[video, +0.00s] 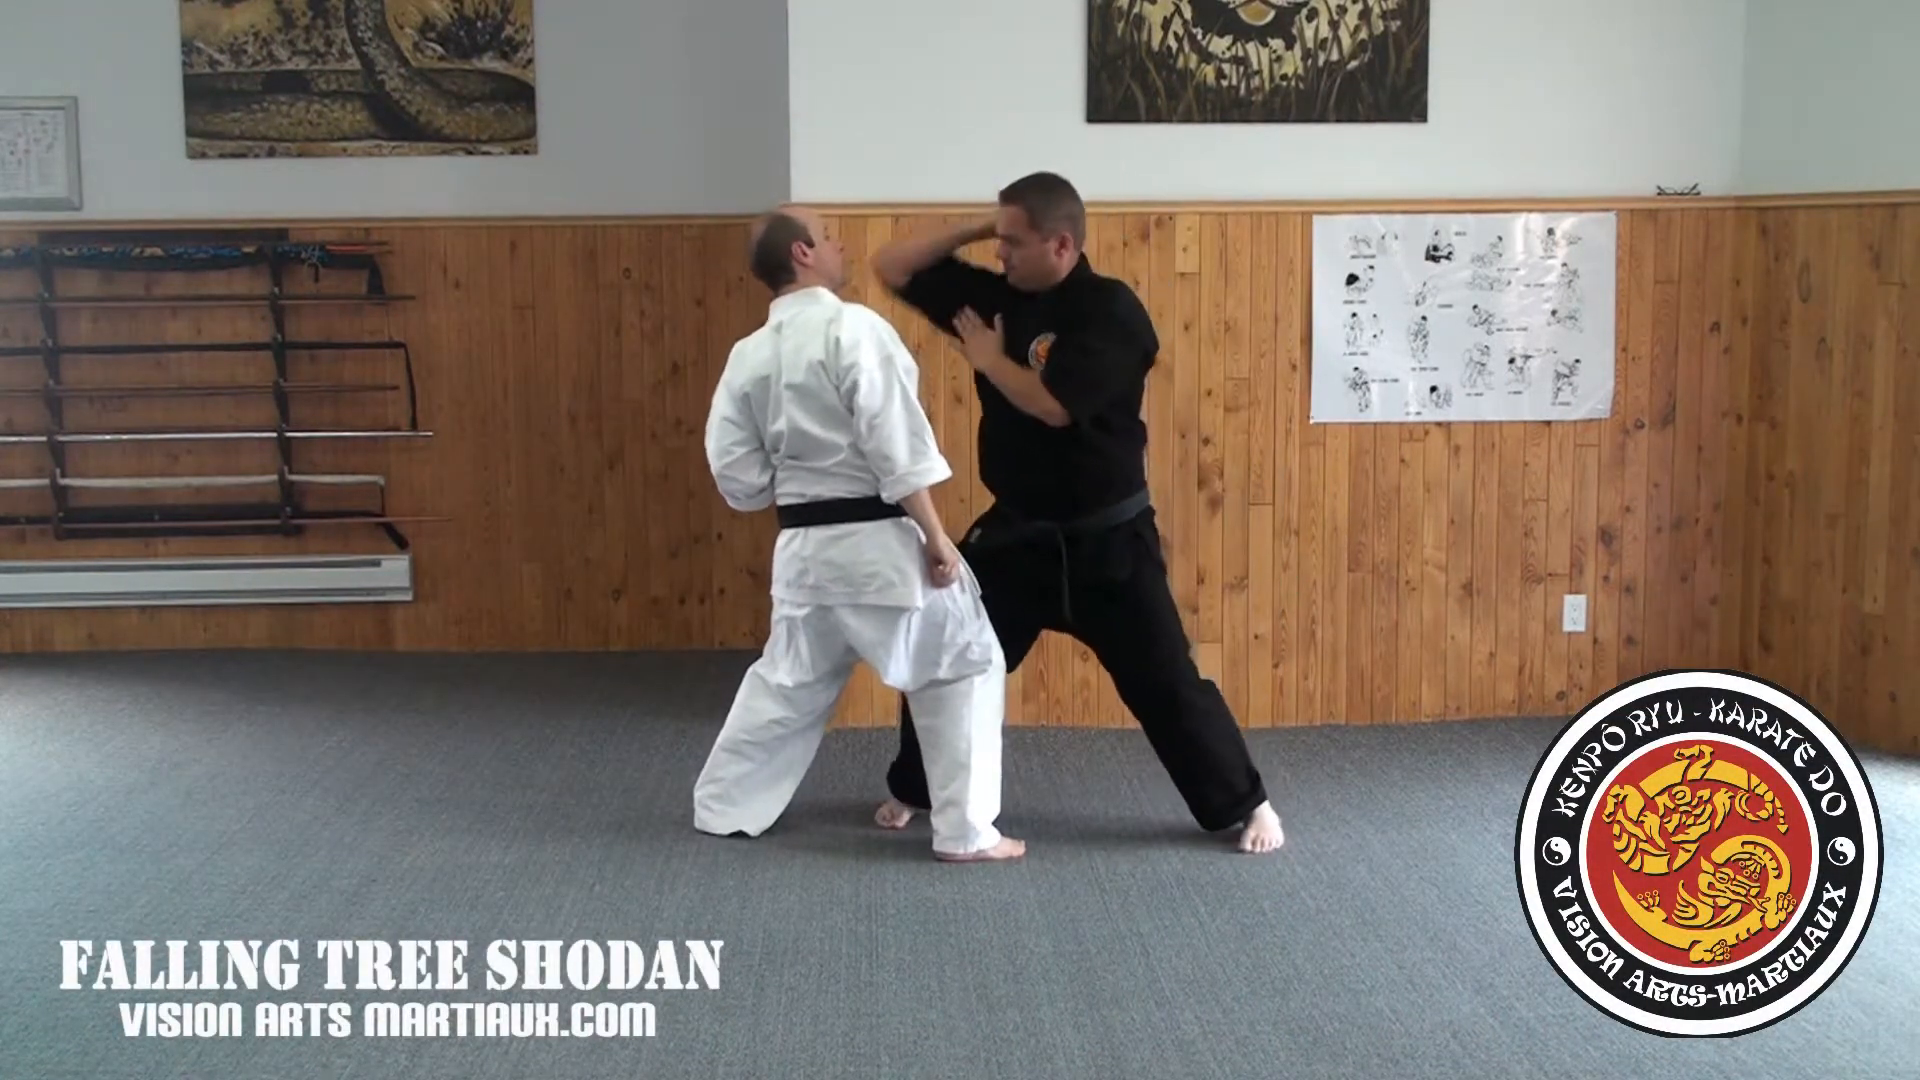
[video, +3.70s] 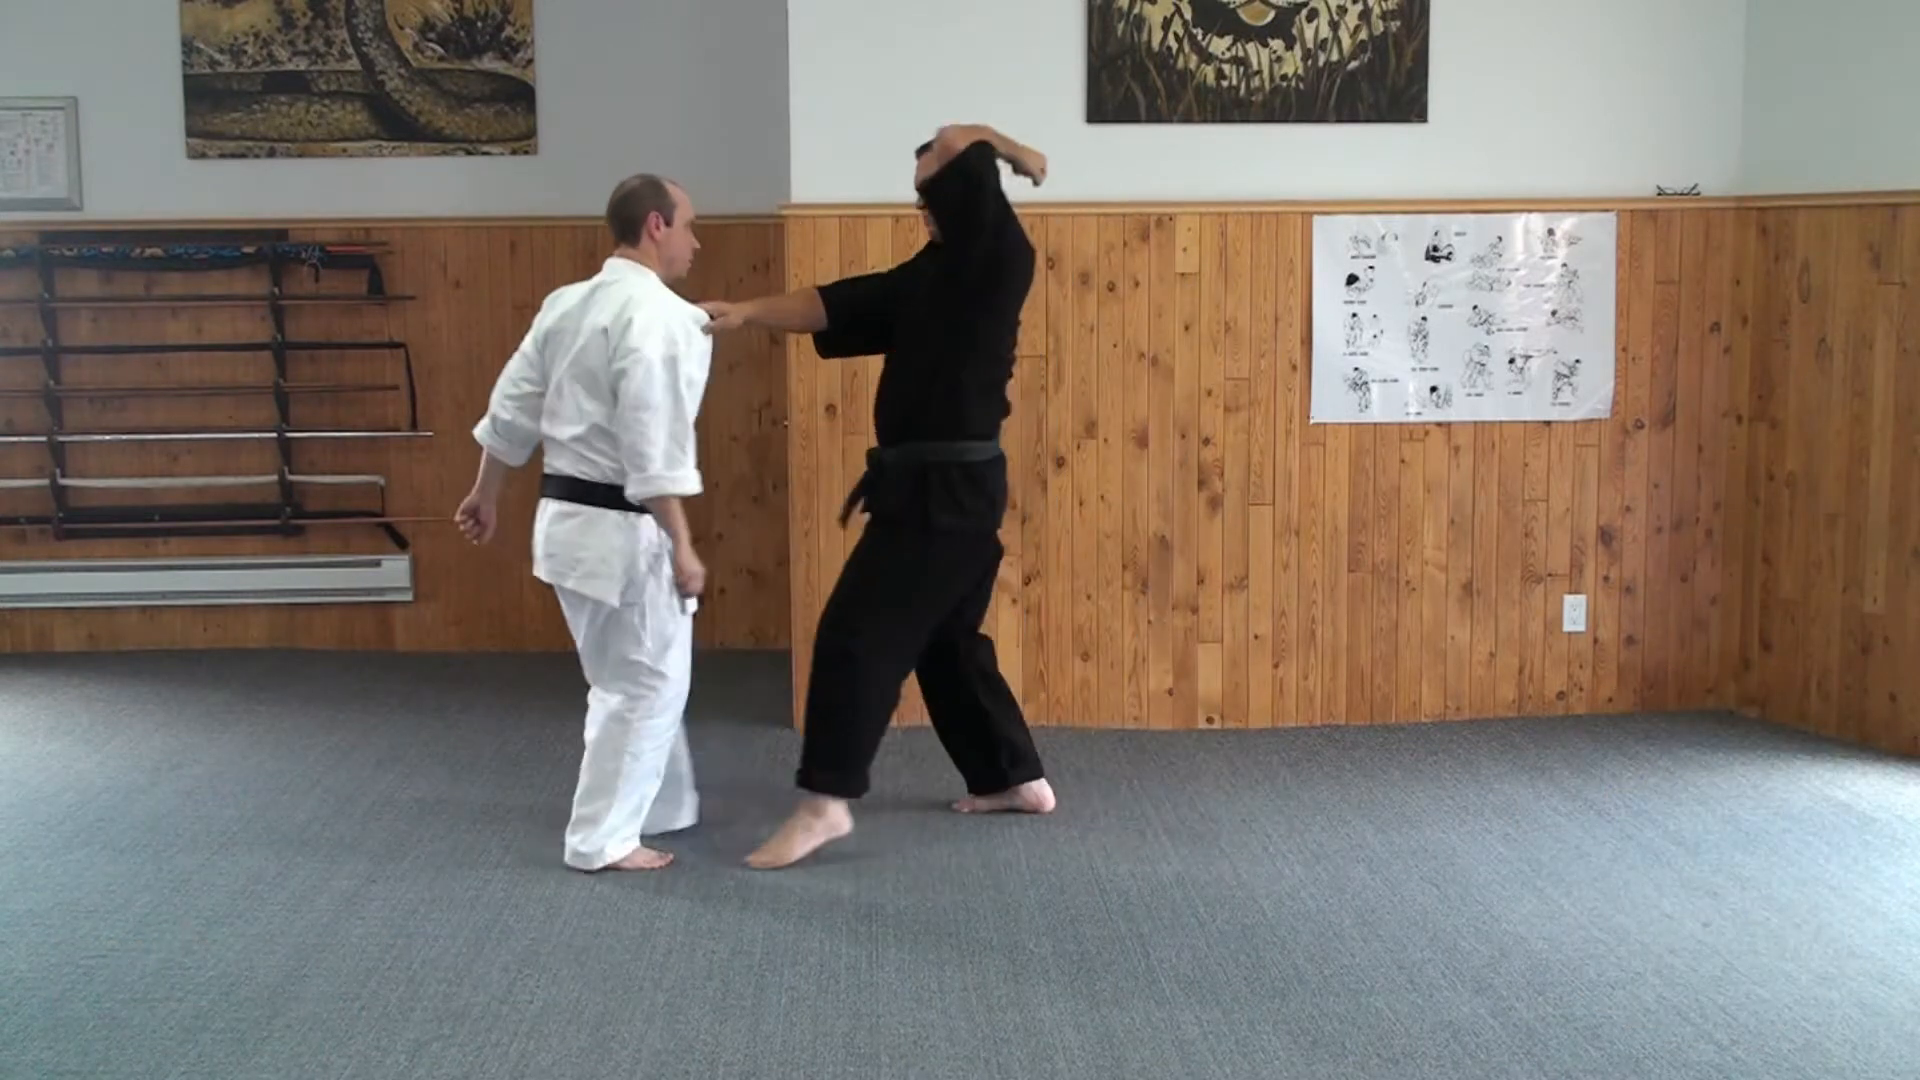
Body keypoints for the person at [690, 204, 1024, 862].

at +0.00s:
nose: (839, 247)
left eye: (831, 237)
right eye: (828, 239)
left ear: (780, 267)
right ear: (803, 257)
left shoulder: (749, 353)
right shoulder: (856, 329)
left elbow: (735, 474)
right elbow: (894, 444)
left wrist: (799, 487)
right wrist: (934, 533)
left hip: (801, 547)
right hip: (880, 540)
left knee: (787, 679)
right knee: (965, 666)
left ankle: (721, 807)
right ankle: (965, 830)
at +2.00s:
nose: (829, 261)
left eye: (827, 246)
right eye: (818, 246)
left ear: (768, 255)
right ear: (781, 252)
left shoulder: (711, 350)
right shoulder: (804, 343)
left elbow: (700, 461)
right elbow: (827, 459)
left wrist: (761, 503)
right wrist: (869, 549)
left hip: (764, 550)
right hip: (830, 548)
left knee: (782, 679)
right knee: (927, 668)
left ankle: (722, 807)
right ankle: (962, 830)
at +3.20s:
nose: (760, 263)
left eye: (758, 250)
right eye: (754, 250)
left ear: (699, 254)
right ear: (725, 250)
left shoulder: (640, 349)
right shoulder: (746, 332)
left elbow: (630, 466)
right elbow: (798, 440)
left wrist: (693, 496)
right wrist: (860, 518)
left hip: (691, 551)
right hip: (769, 549)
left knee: (735, 682)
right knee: (843, 679)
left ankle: (726, 812)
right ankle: (914, 823)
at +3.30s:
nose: (743, 259)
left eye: (741, 244)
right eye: (736, 244)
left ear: (684, 246)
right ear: (705, 244)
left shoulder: (622, 336)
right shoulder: (718, 328)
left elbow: (601, 461)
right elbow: (768, 444)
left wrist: (664, 492)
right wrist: (827, 526)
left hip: (663, 550)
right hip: (734, 549)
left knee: (721, 675)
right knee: (829, 651)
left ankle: (724, 807)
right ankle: (815, 810)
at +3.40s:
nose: (722, 251)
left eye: (721, 236)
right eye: (717, 235)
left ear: (658, 239)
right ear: (685, 236)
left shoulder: (602, 326)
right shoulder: (704, 323)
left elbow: (574, 438)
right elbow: (737, 442)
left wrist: (600, 501)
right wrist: (788, 524)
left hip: (639, 536)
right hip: (714, 536)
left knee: (688, 671)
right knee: (770, 666)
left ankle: (720, 805)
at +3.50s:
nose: (714, 248)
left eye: (712, 232)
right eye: (707, 232)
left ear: (653, 235)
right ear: (674, 233)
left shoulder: (588, 320)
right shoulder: (688, 321)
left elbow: (547, 423)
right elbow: (710, 446)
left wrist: (533, 506)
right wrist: (755, 531)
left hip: (612, 535)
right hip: (679, 538)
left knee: (692, 674)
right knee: (681, 683)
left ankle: (715, 807)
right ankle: (601, 820)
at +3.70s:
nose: (694, 243)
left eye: (694, 227)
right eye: (689, 227)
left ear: (626, 231)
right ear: (655, 229)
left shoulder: (565, 303)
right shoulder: (658, 317)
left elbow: (513, 403)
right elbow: (652, 446)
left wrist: (485, 487)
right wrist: (683, 543)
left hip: (563, 525)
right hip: (626, 531)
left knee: (632, 670)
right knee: (643, 685)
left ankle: (662, 804)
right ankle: (600, 839)